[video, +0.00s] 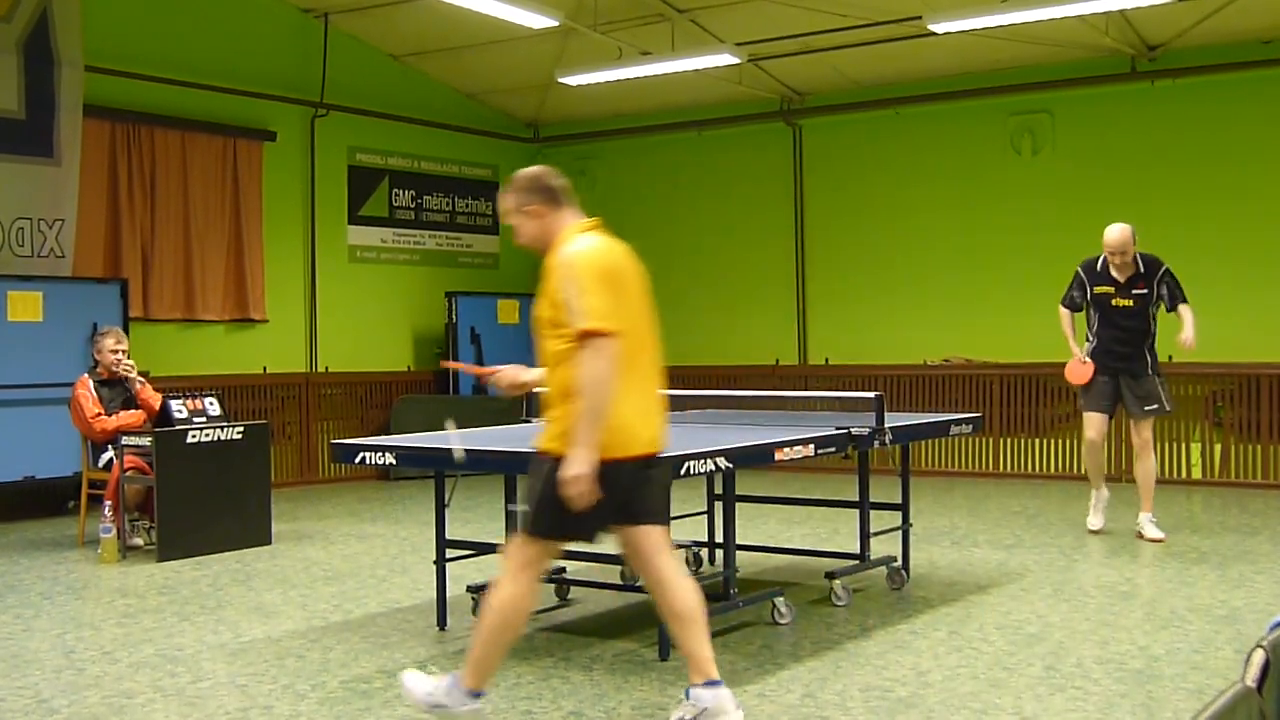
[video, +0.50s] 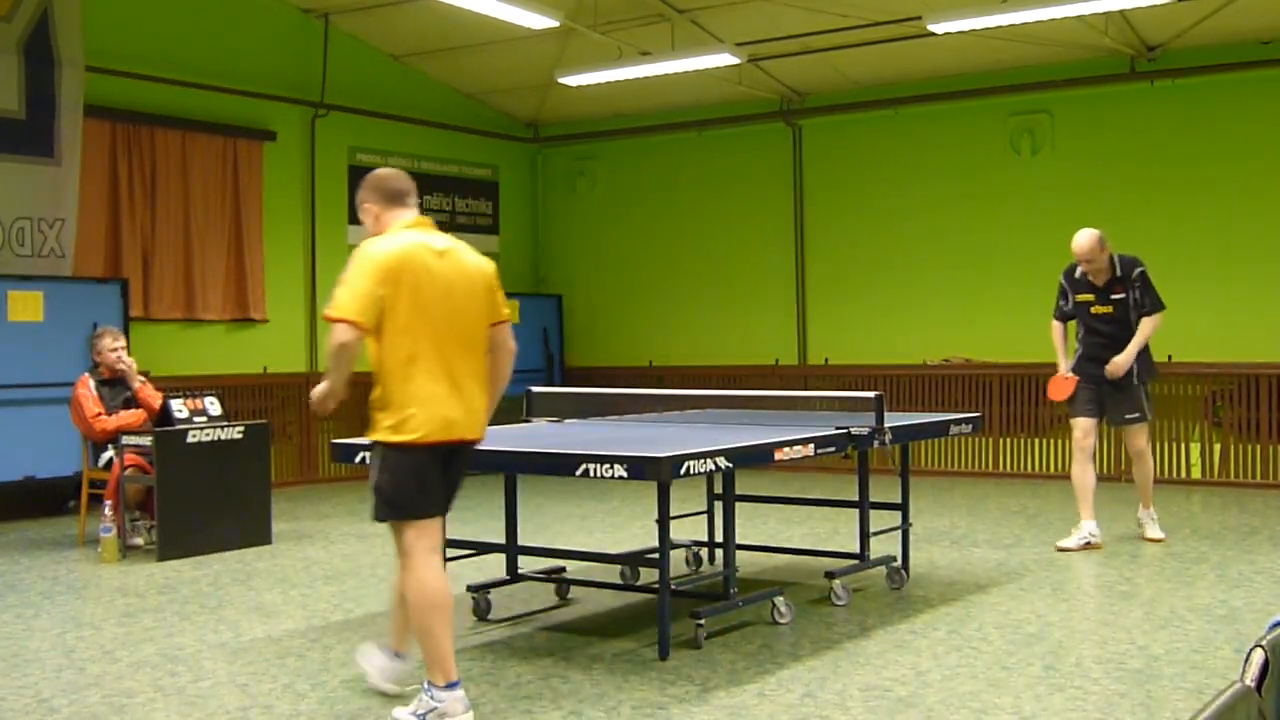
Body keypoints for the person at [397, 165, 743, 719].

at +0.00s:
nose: (514, 235)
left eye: (513, 221)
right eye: (510, 223)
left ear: (538, 209)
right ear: (552, 207)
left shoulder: (576, 255)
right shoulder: (611, 251)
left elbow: (600, 351)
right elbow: (613, 360)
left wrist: (584, 449)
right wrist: (533, 377)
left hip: (580, 449)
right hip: (634, 446)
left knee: (521, 566)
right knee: (658, 562)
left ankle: (466, 686)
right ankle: (709, 687)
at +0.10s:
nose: (479, 241)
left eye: (478, 228)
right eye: (475, 230)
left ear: (502, 216)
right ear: (522, 211)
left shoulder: (538, 262)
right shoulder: (575, 256)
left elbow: (554, 359)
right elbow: (570, 362)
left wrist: (539, 456)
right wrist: (500, 398)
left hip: (540, 449)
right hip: (593, 447)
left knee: (481, 556)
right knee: (616, 555)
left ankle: (451, 693)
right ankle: (696, 677)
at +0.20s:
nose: (429, 238)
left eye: (427, 226)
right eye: (426, 227)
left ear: (444, 215)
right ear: (477, 207)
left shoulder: (481, 261)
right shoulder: (529, 256)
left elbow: (482, 357)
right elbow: (539, 355)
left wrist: (454, 440)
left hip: (489, 444)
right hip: (540, 443)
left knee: (442, 556)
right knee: (528, 554)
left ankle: (446, 693)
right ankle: (621, 641)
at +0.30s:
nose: (407, 236)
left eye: (404, 225)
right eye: (402, 226)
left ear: (420, 211)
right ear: (454, 204)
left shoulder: (447, 255)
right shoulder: (514, 255)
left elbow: (434, 348)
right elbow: (521, 345)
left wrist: (397, 420)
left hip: (461, 435)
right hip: (513, 432)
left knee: (433, 554)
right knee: (487, 540)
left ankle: (445, 692)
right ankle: (556, 637)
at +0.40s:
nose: (378, 225)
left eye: (376, 217)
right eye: (376, 218)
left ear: (387, 206)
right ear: (429, 200)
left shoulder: (403, 249)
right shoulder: (494, 256)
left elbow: (371, 338)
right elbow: (517, 344)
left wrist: (359, 385)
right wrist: (492, 401)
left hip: (429, 427)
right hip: (482, 425)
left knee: (426, 557)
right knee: (445, 539)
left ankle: (445, 691)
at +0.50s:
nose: (361, 225)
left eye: (360, 217)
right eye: (361, 217)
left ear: (371, 210)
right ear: (416, 205)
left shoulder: (377, 253)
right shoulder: (475, 261)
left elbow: (345, 337)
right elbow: (504, 347)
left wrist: (333, 385)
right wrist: (480, 409)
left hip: (409, 424)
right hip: (464, 424)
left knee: (423, 554)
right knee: (417, 543)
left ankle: (445, 690)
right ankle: (395, 658)